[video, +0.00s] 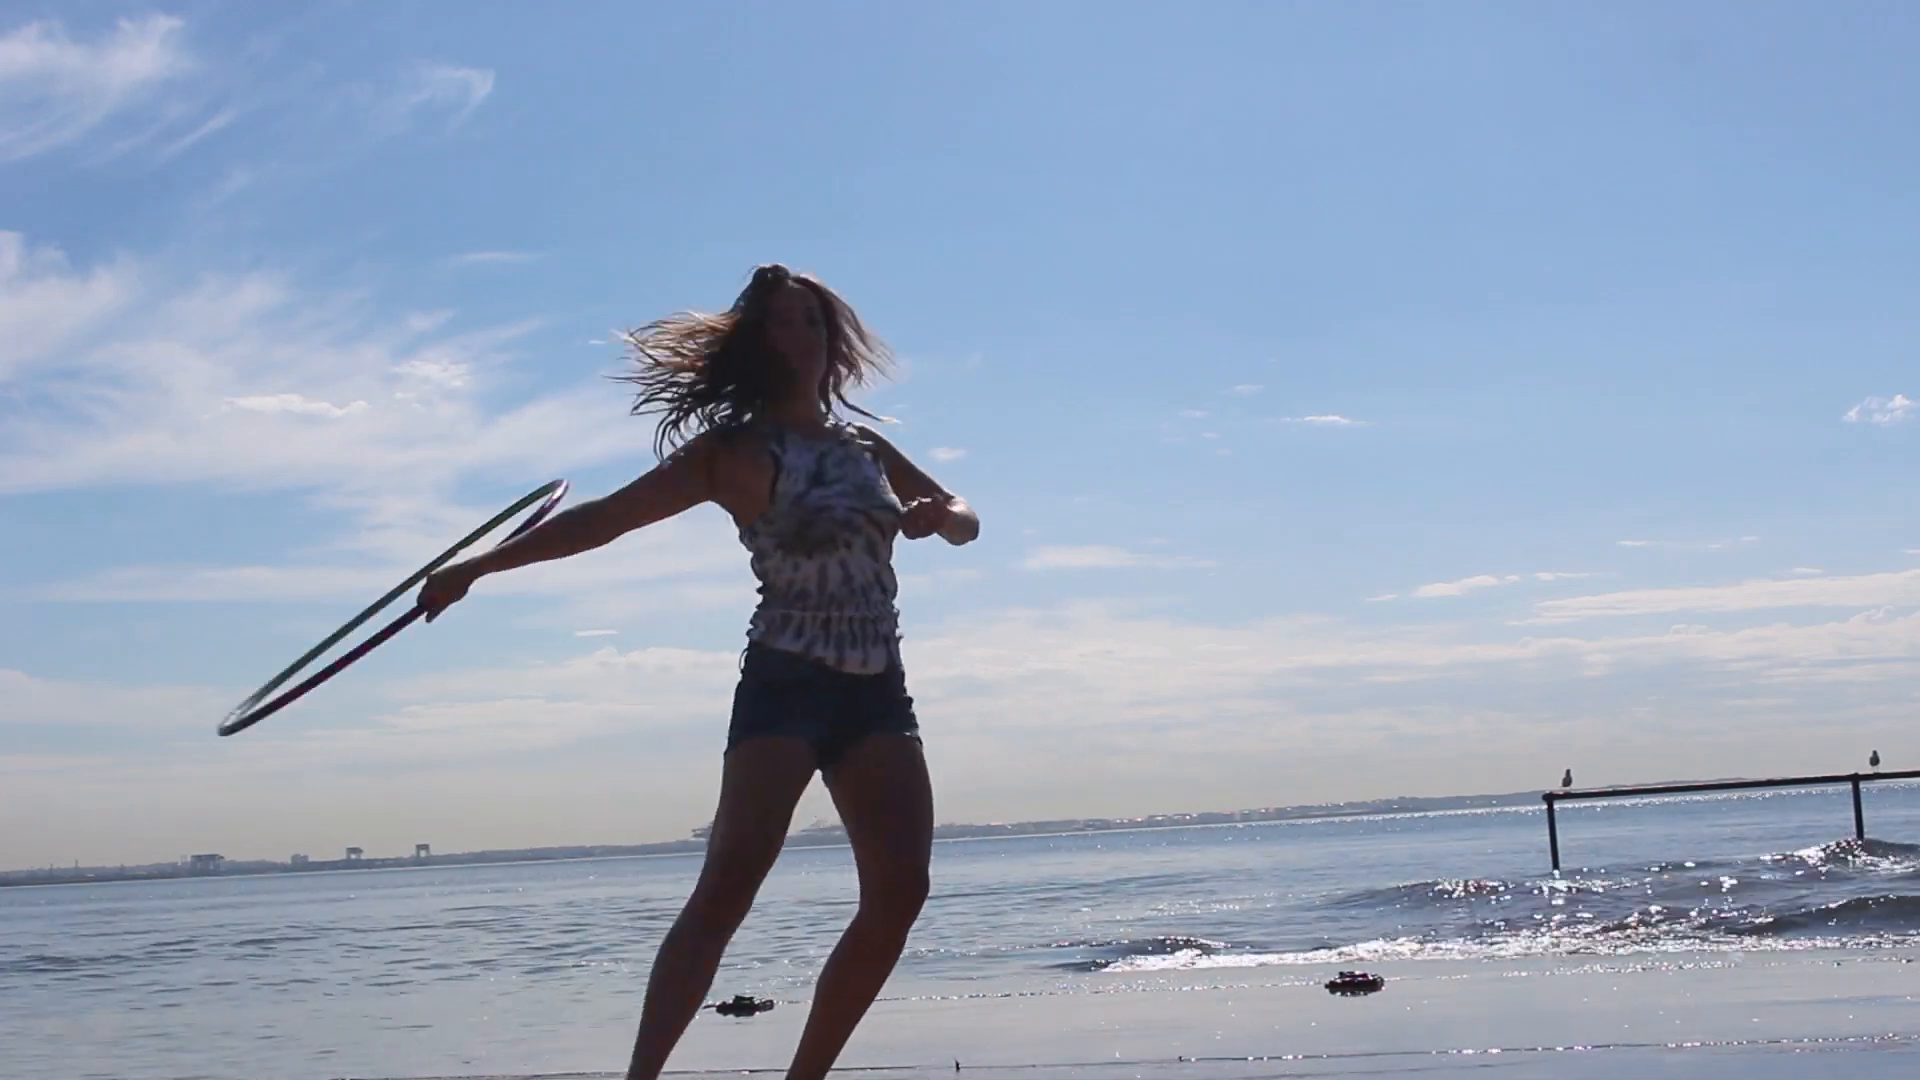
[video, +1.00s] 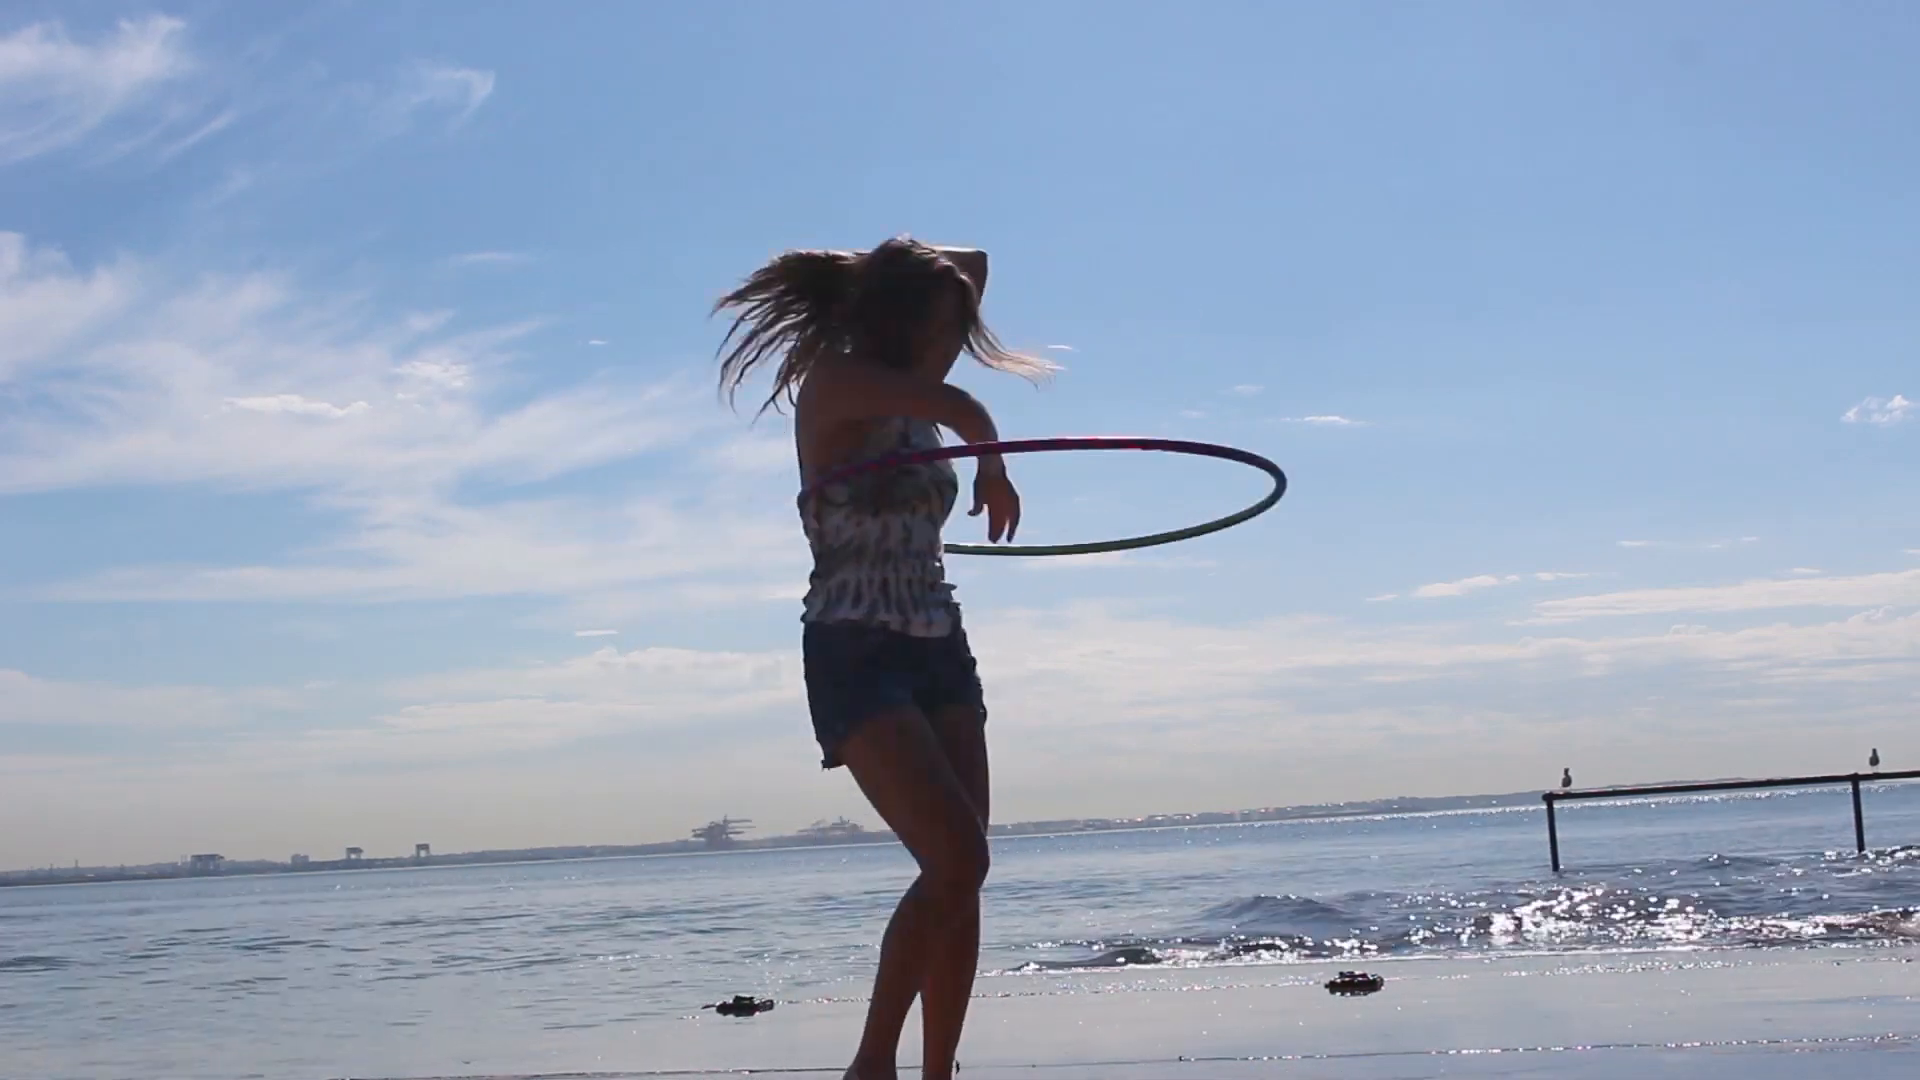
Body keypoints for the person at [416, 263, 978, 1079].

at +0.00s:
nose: (813, 333)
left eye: (818, 320)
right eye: (794, 322)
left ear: (832, 337)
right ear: (759, 344)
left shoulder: (865, 444)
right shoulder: (731, 452)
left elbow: (963, 519)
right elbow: (606, 518)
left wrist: (946, 517)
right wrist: (476, 565)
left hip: (874, 689)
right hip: (785, 685)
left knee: (900, 891)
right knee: (725, 894)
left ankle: (806, 1074)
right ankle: (642, 1073)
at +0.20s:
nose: (830, 336)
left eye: (840, 319)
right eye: (810, 324)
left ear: (858, 328)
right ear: (777, 336)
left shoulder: (871, 424)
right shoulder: (763, 419)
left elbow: (982, 422)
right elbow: (784, 381)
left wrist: (930, 432)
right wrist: (869, 381)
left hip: (893, 662)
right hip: (825, 668)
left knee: (890, 895)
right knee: (951, 859)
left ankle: (802, 1072)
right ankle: (1020, 1067)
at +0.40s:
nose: (915, 301)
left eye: (909, 291)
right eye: (905, 291)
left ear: (814, 321)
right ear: (888, 305)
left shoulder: (802, 404)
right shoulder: (921, 366)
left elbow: (731, 361)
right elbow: (1014, 256)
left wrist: (793, 278)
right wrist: (978, 213)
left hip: (839, 654)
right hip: (929, 651)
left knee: (874, 868)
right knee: (990, 873)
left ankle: (833, 1067)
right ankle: (1042, 1067)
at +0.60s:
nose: (849, 325)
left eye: (859, 307)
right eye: (847, 309)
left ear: (902, 312)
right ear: (942, 310)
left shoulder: (897, 388)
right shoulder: (979, 400)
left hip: (901, 659)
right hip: (975, 655)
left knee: (832, 870)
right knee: (989, 871)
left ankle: (928, 1066)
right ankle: (1051, 1066)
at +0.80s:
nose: (862, 340)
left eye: (874, 321)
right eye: (857, 325)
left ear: (924, 325)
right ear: (862, 337)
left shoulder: (966, 403)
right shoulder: (856, 436)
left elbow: (1013, 247)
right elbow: (812, 561)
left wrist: (995, 316)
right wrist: (833, 506)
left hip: (956, 669)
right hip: (870, 675)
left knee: (919, 883)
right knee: (867, 897)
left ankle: (942, 1069)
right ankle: (1036, 1028)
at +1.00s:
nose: (951, 356)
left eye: (957, 341)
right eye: (943, 337)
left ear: (939, 331)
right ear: (899, 322)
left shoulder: (911, 392)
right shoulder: (831, 380)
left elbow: (970, 269)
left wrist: (906, 258)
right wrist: (993, 468)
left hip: (937, 646)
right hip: (855, 653)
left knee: (961, 867)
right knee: (954, 859)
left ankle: (939, 1069)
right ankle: (873, 1064)